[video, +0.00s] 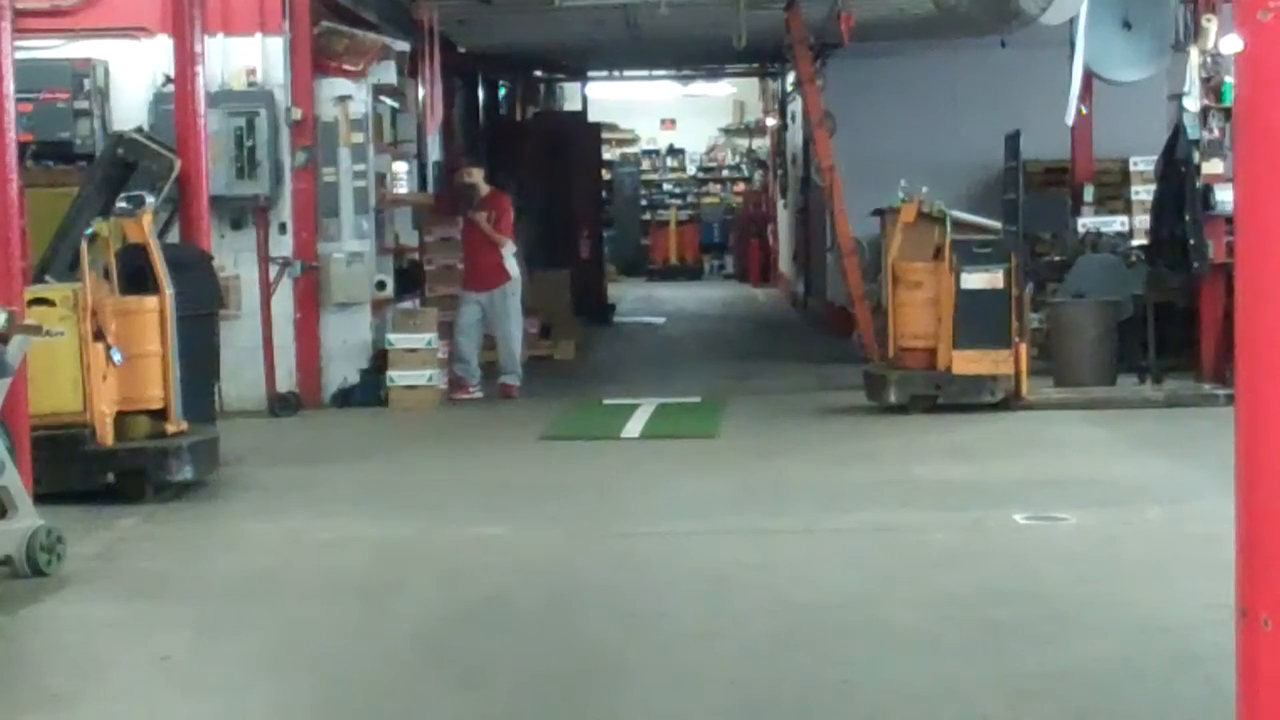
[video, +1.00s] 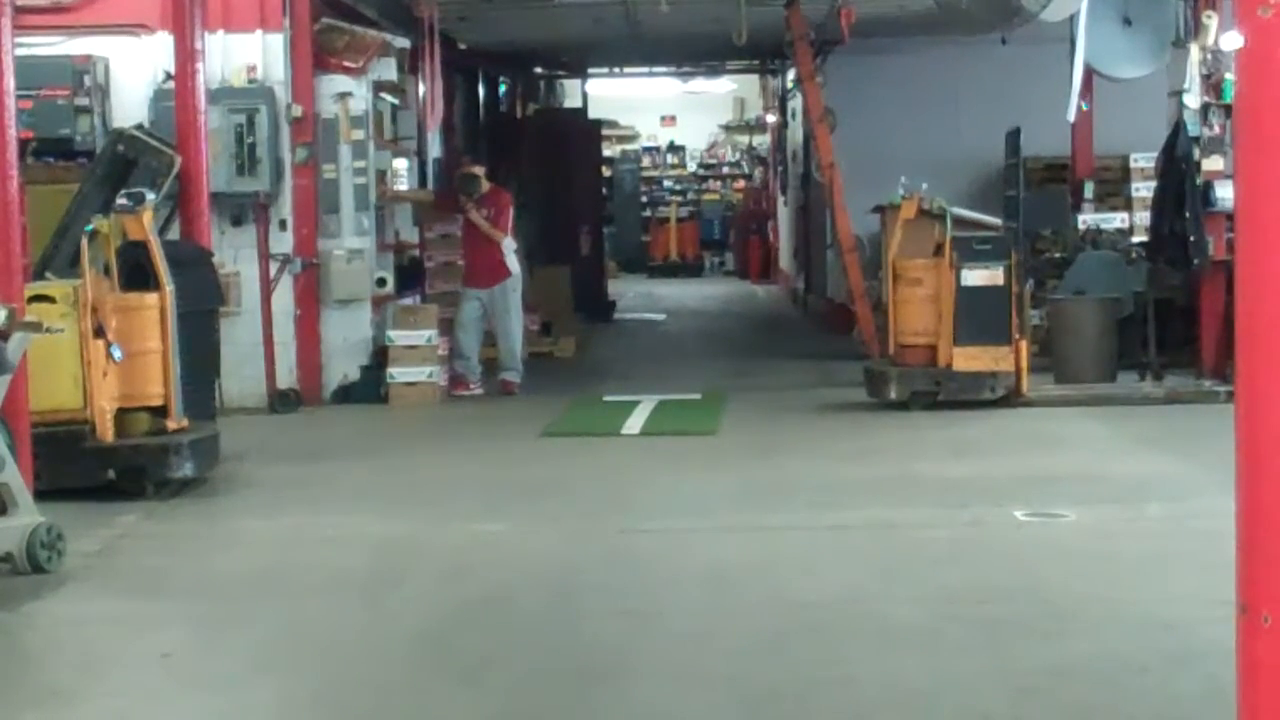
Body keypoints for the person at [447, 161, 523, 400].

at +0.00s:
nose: (467, 179)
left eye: (472, 172)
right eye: (463, 174)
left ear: (483, 173)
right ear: (459, 179)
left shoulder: (500, 201)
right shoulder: (467, 204)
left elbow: (504, 240)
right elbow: (439, 206)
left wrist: (482, 224)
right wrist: (457, 182)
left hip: (501, 282)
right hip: (473, 283)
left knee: (507, 333)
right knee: (464, 333)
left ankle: (510, 380)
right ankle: (469, 382)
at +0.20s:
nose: (467, 181)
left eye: (472, 174)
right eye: (463, 176)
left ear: (483, 174)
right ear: (458, 180)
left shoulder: (501, 200)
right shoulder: (465, 202)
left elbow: (504, 240)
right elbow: (439, 204)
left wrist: (481, 223)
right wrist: (456, 181)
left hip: (501, 281)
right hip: (473, 282)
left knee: (507, 332)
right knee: (464, 332)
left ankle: (510, 379)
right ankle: (468, 381)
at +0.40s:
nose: (470, 186)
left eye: (474, 180)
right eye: (466, 181)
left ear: (484, 177)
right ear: (461, 183)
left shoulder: (501, 199)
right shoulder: (466, 200)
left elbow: (502, 238)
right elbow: (440, 204)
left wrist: (478, 220)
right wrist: (457, 180)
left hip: (501, 278)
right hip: (473, 280)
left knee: (507, 330)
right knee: (464, 330)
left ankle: (510, 378)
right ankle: (468, 379)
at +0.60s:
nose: (469, 182)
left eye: (473, 176)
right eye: (466, 177)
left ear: (484, 175)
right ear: (461, 179)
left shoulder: (501, 198)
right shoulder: (465, 200)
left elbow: (502, 237)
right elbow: (431, 198)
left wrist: (476, 218)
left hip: (501, 279)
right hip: (473, 281)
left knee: (507, 331)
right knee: (464, 330)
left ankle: (510, 377)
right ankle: (469, 379)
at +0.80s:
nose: (469, 198)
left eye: (471, 193)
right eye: (466, 195)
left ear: (481, 182)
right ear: (461, 189)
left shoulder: (501, 199)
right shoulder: (465, 198)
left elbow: (501, 237)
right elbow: (430, 197)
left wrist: (476, 218)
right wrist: (394, 195)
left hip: (502, 280)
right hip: (473, 281)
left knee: (508, 329)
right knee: (465, 328)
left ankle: (510, 377)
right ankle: (469, 379)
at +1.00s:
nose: (468, 180)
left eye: (472, 174)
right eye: (464, 175)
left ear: (483, 174)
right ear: (461, 179)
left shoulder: (502, 198)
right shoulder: (465, 198)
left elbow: (502, 236)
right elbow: (432, 197)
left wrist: (474, 217)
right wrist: (396, 195)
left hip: (501, 277)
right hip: (473, 278)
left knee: (507, 329)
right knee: (465, 329)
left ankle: (510, 376)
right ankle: (469, 378)